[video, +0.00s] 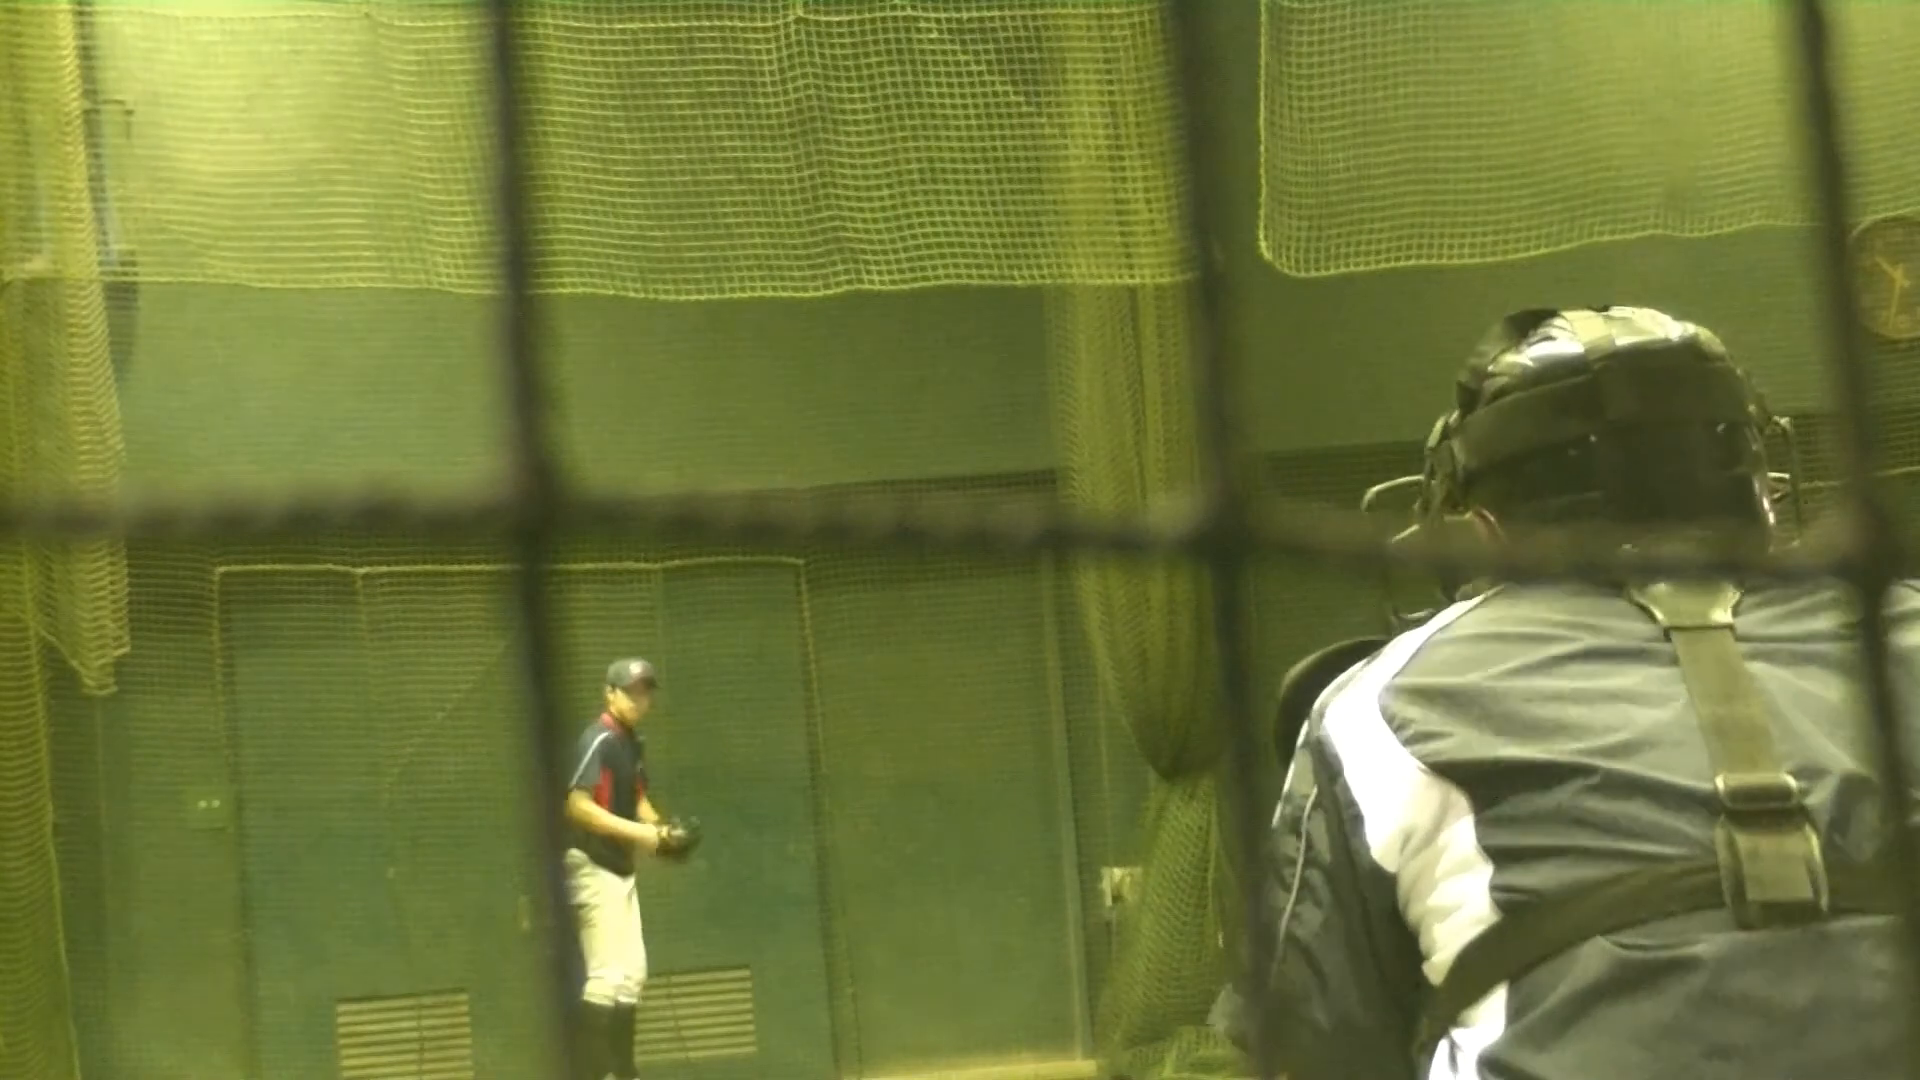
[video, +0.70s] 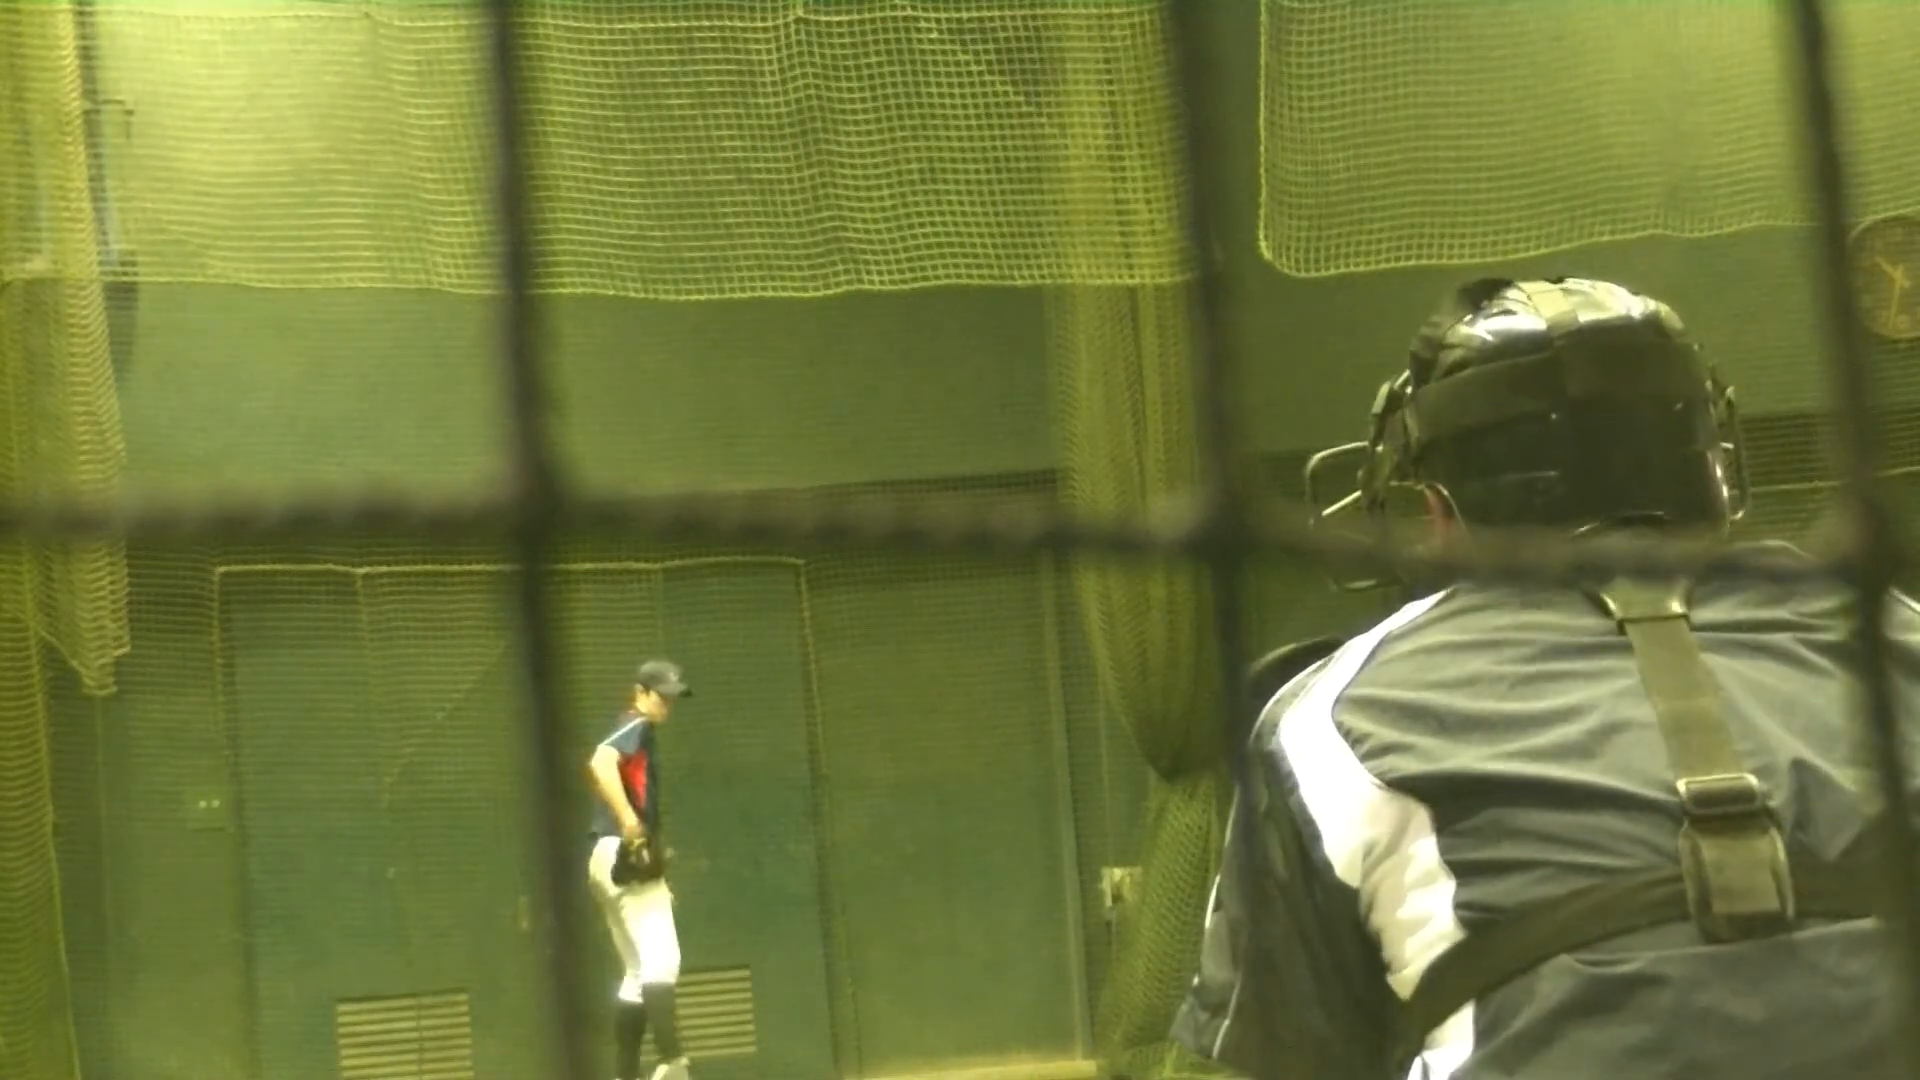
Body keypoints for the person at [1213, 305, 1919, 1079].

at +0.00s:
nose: (1432, 551)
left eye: (1442, 529)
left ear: (1486, 533)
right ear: (1760, 499)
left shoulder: (1372, 710)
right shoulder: (1895, 622)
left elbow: (1311, 1044)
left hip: (1592, 1033)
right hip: (1889, 1023)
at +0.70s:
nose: (1389, 540)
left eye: (1393, 516)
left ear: (1437, 527)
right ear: (1716, 487)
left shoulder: (1319, 722)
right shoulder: (1891, 625)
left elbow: (1281, 1055)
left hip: (1567, 1021)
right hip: (1888, 1009)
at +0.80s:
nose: (1400, 540)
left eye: (1403, 517)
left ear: (1441, 527)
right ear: (1718, 489)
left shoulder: (1324, 722)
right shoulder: (1892, 626)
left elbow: (1280, 1053)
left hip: (1572, 1021)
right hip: (1888, 1007)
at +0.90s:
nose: (1400, 543)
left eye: (1403, 519)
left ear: (1440, 530)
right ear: (1718, 487)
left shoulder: (1331, 723)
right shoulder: (1891, 619)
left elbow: (1284, 1053)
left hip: (1572, 1020)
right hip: (1887, 1007)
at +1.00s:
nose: (1404, 544)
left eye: (1406, 520)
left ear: (1442, 533)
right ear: (1719, 490)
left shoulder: (1335, 722)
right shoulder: (1894, 621)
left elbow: (1284, 1052)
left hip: (1575, 1024)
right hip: (1890, 1009)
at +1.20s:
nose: (1413, 541)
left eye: (1417, 519)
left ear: (1450, 531)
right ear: (1726, 494)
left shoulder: (1340, 719)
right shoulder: (1887, 626)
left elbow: (1282, 1049)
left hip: (1581, 1027)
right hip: (1883, 1017)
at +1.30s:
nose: (1415, 537)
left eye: (1418, 516)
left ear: (1454, 523)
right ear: (1731, 486)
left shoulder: (1344, 713)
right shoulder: (1889, 624)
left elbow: (1286, 1048)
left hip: (1584, 1025)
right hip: (1886, 1015)